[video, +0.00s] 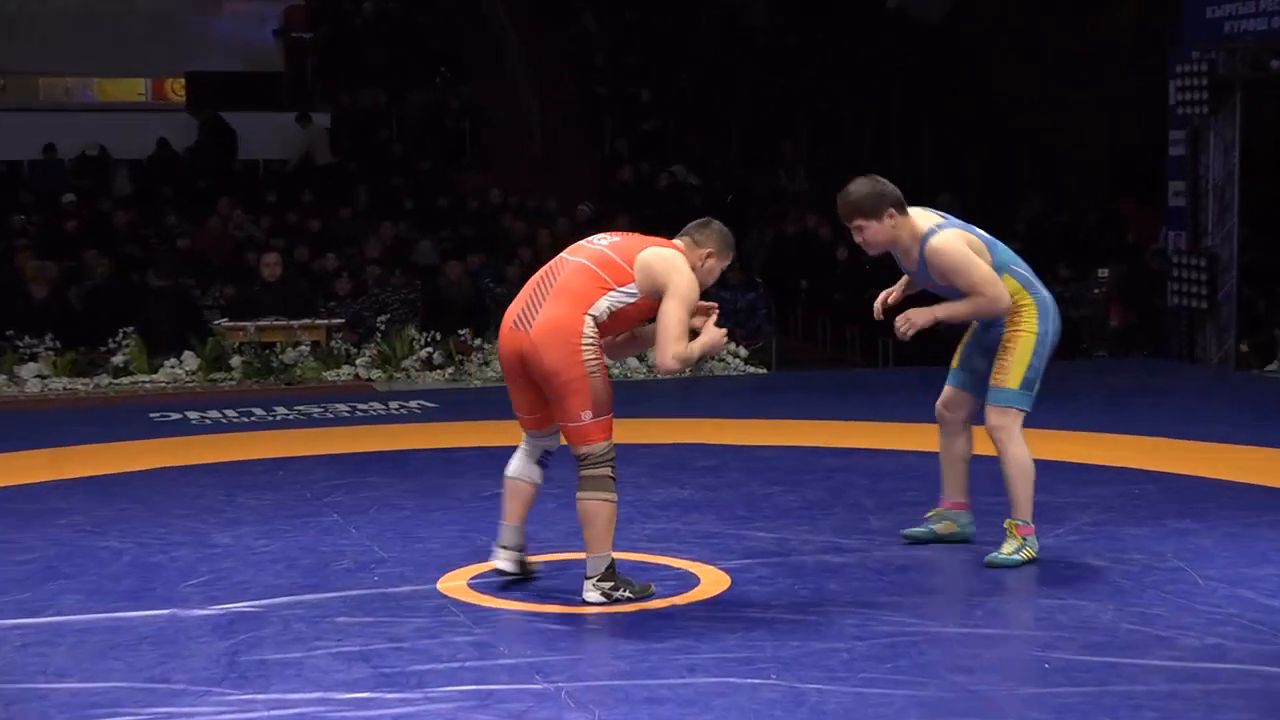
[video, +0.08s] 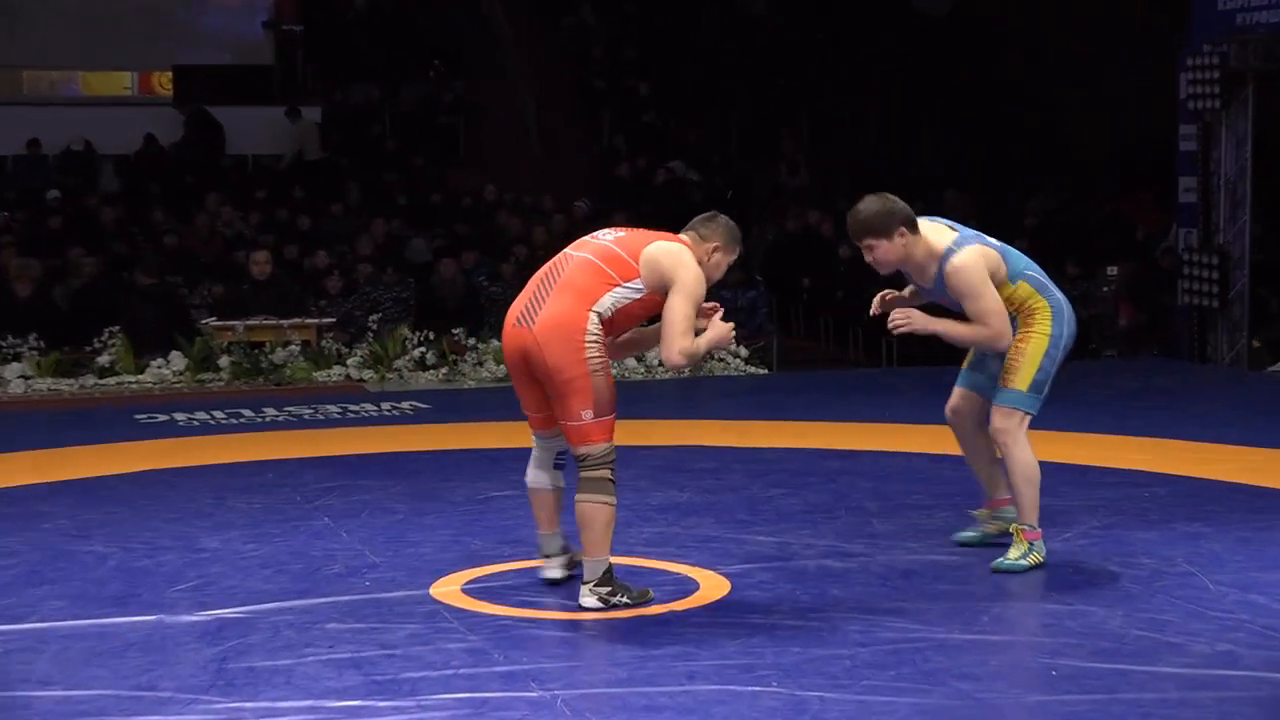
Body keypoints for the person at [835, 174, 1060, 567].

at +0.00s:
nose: (856, 238)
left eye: (860, 228)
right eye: (852, 230)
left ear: (891, 217)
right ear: (888, 218)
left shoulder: (942, 249)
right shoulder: (903, 231)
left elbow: (997, 301)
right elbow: (926, 261)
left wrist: (933, 312)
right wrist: (904, 286)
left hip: (1026, 313)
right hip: (986, 314)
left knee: (1002, 422)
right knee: (951, 411)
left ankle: (1023, 534)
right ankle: (954, 514)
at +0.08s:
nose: (867, 257)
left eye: (871, 247)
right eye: (862, 250)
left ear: (902, 235)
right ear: (901, 234)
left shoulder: (961, 265)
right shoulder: (916, 239)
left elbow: (999, 336)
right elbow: (937, 280)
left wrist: (932, 324)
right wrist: (908, 297)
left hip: (1041, 316)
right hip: (998, 315)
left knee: (1006, 426)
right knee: (962, 412)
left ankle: (1030, 539)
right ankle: (1000, 510)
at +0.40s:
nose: (851, 267)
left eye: (854, 256)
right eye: (846, 259)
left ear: (886, 244)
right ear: (885, 244)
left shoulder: (952, 269)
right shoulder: (899, 260)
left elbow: (958, 355)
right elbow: (904, 308)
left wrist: (885, 318)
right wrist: (860, 315)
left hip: (1040, 325)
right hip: (992, 331)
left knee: (995, 432)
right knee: (940, 418)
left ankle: (1033, 554)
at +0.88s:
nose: (786, 248)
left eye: (794, 236)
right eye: (778, 239)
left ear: (822, 226)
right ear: (777, 241)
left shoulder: (862, 239)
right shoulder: (802, 267)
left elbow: (839, 204)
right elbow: (766, 280)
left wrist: (776, 186)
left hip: (966, 307)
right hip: (915, 322)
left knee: (1012, 421)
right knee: (870, 417)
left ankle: (1100, 502)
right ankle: (879, 522)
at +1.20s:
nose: (793, 254)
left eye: (795, 241)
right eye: (787, 245)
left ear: (818, 230)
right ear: (803, 239)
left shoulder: (870, 233)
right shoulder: (852, 267)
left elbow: (806, 217)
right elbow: (847, 288)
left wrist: (753, 179)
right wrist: (796, 315)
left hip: (988, 320)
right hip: (935, 329)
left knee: (1033, 441)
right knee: (866, 407)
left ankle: (1090, 519)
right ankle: (862, 513)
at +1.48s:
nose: (769, 244)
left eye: (774, 232)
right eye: (762, 236)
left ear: (794, 223)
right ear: (759, 236)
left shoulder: (845, 238)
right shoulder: (776, 265)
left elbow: (784, 210)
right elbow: (725, 294)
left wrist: (732, 187)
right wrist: (673, 274)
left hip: (952, 312)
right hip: (897, 327)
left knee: (1001, 424)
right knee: (845, 424)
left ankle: (1057, 513)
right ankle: (836, 505)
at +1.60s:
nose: (736, 252)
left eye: (742, 240)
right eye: (736, 241)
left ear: (769, 233)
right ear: (761, 236)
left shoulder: (834, 236)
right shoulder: (763, 266)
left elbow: (800, 204)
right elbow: (715, 310)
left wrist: (736, 197)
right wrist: (693, 269)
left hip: (936, 298)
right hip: (881, 318)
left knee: (992, 406)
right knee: (833, 411)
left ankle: (1051, 500)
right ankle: (827, 502)